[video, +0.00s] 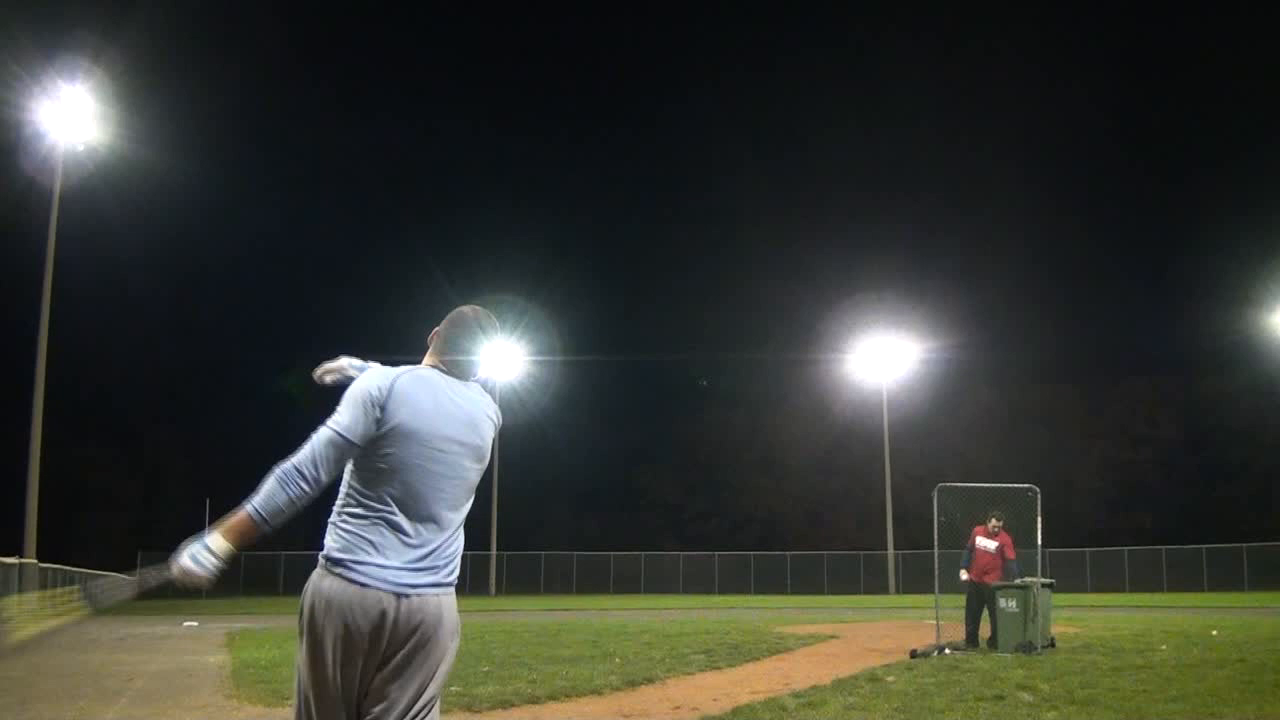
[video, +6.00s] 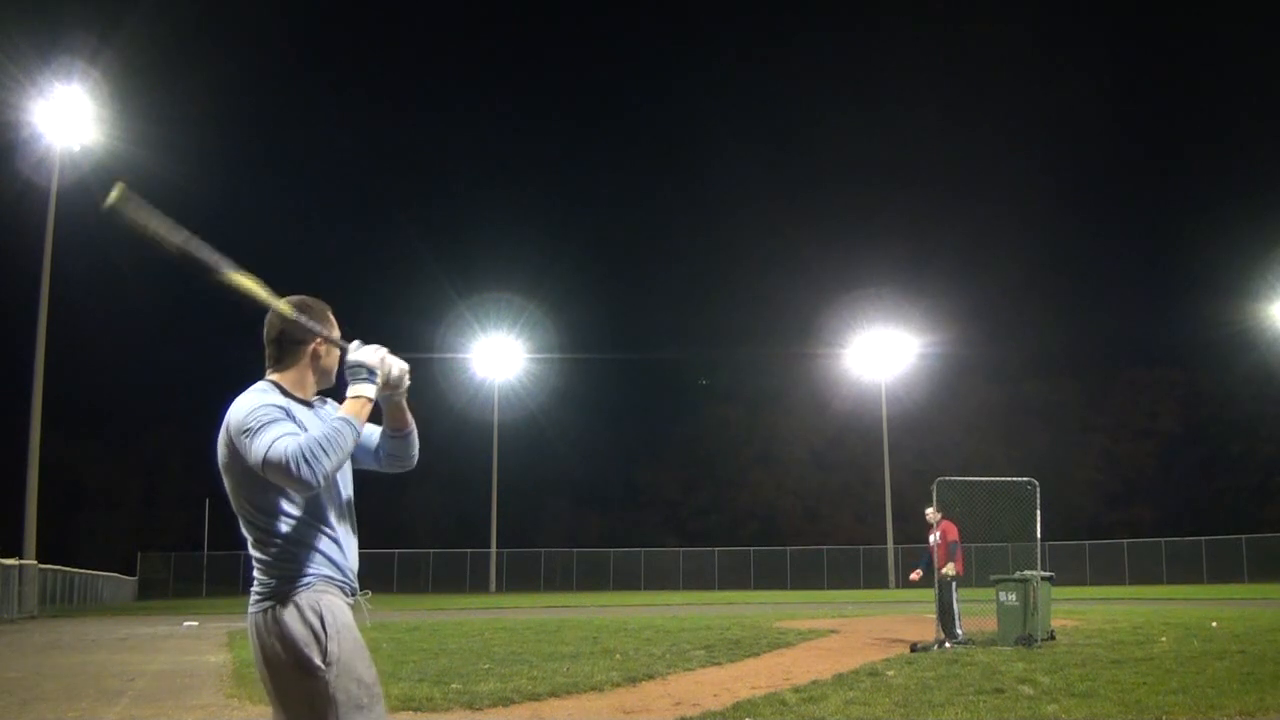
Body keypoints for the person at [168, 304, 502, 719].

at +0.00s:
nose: (430, 337)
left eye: (434, 333)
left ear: (434, 340)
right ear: (481, 362)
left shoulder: (381, 387)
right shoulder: (486, 414)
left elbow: (306, 472)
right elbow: (434, 398)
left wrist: (220, 540)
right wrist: (370, 374)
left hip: (343, 598)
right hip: (430, 609)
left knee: (322, 709)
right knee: (407, 712)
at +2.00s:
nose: (434, 330)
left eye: (433, 320)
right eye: (433, 320)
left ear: (376, 321)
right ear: (423, 324)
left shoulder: (326, 387)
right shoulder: (405, 382)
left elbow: (276, 459)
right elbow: (409, 479)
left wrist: (323, 531)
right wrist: (508, 488)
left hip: (332, 585)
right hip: (395, 585)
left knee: (346, 710)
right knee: (417, 710)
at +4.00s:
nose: (366, 317)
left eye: (366, 305)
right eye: (366, 306)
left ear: (301, 307)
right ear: (352, 310)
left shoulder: (267, 376)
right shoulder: (323, 372)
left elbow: (251, 489)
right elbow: (359, 477)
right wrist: (426, 446)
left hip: (269, 582)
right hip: (312, 587)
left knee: (278, 709)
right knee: (311, 711)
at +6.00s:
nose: (343, 355)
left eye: (341, 346)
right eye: (339, 345)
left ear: (275, 345)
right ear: (318, 350)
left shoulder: (326, 413)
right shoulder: (253, 409)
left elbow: (399, 456)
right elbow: (306, 468)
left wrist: (394, 399)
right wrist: (362, 390)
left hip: (325, 604)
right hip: (300, 608)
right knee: (359, 711)